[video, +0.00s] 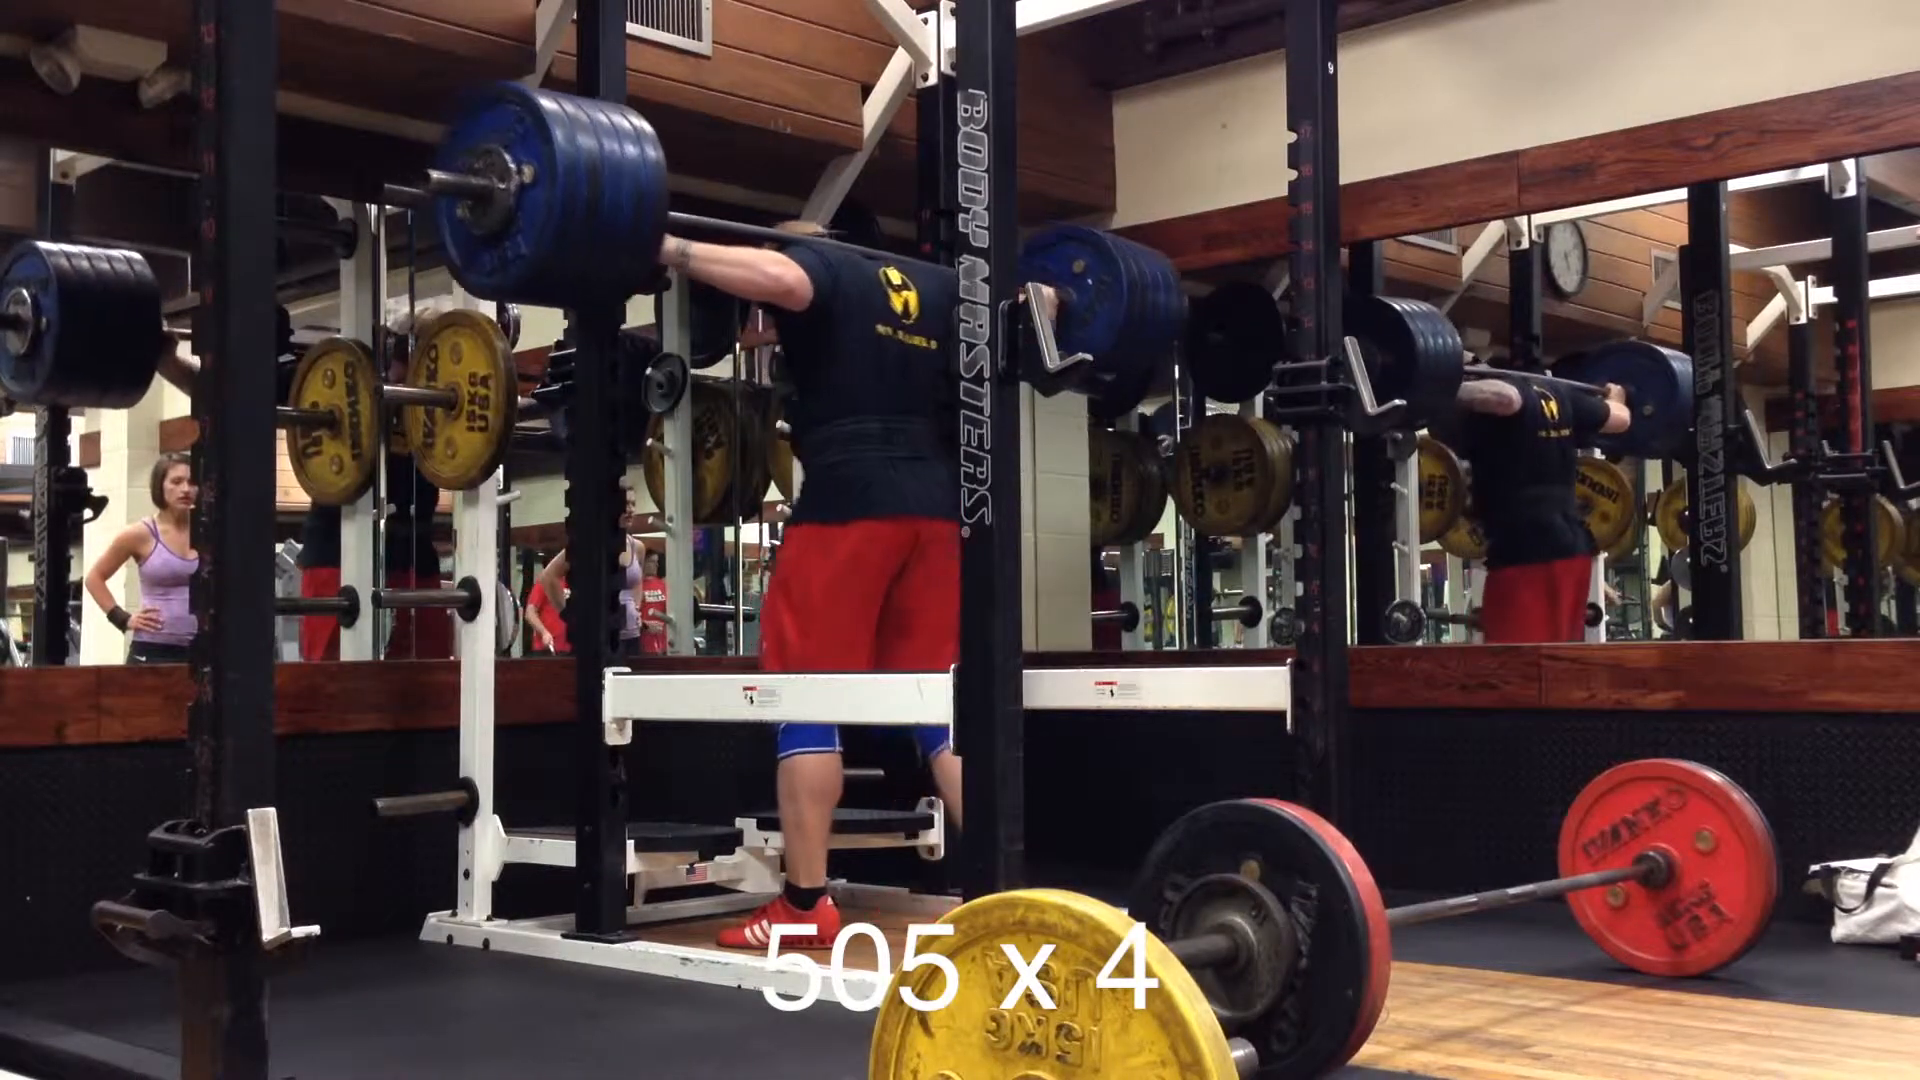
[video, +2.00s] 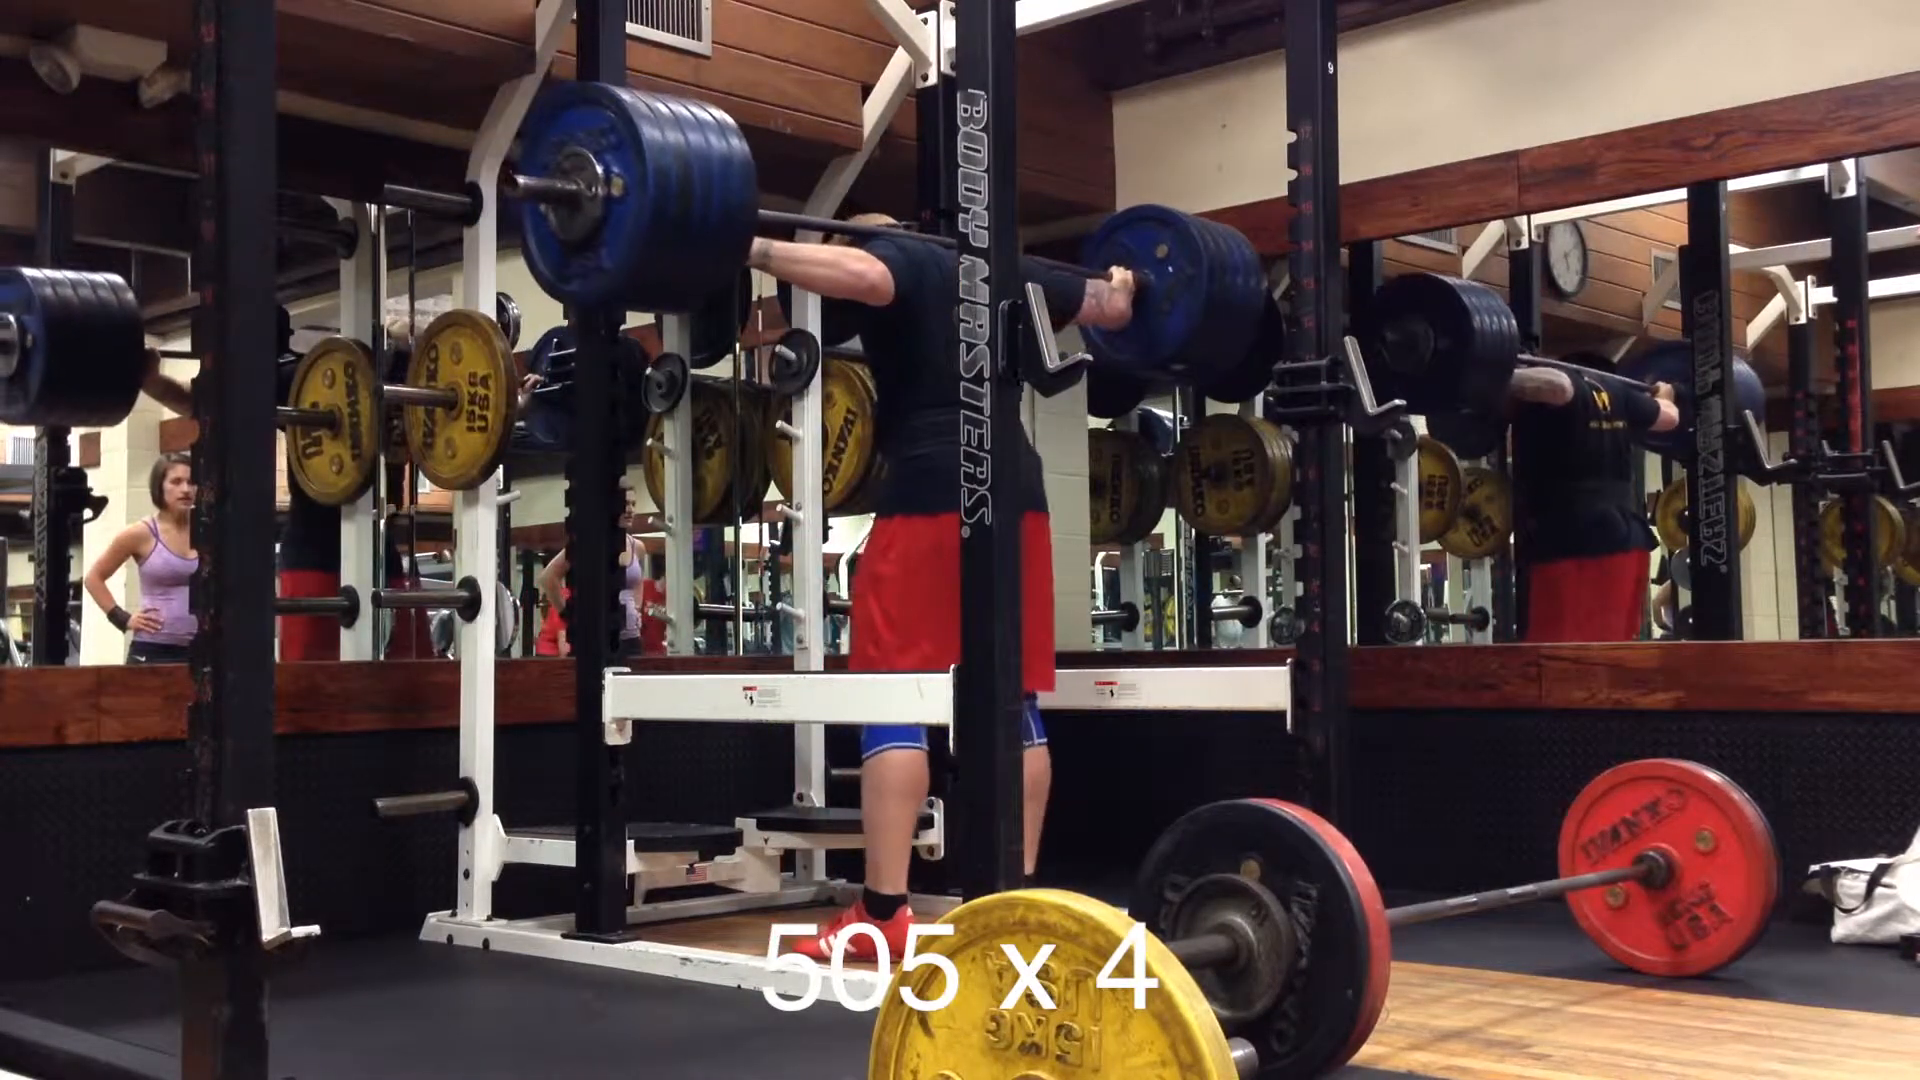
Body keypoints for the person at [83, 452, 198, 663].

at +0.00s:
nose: (186, 489)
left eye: (192, 482)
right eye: (177, 482)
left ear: (200, 488)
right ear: (160, 487)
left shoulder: (204, 530)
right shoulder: (140, 534)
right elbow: (94, 579)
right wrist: (123, 619)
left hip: (199, 648)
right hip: (153, 647)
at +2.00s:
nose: (186, 489)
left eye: (191, 482)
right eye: (176, 482)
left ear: (199, 487)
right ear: (159, 487)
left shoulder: (204, 529)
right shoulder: (141, 534)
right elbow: (93, 579)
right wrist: (123, 619)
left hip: (199, 648)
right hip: (153, 648)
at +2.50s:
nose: (203, 491)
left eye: (200, 485)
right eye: (197, 485)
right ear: (181, 491)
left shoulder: (205, 531)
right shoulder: (144, 534)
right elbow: (97, 580)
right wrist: (128, 620)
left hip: (201, 648)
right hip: (157, 649)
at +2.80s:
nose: (215, 496)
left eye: (218, 487)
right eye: (210, 488)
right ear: (196, 492)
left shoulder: (226, 532)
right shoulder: (167, 536)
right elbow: (118, 582)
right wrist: (155, 624)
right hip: (180, 651)